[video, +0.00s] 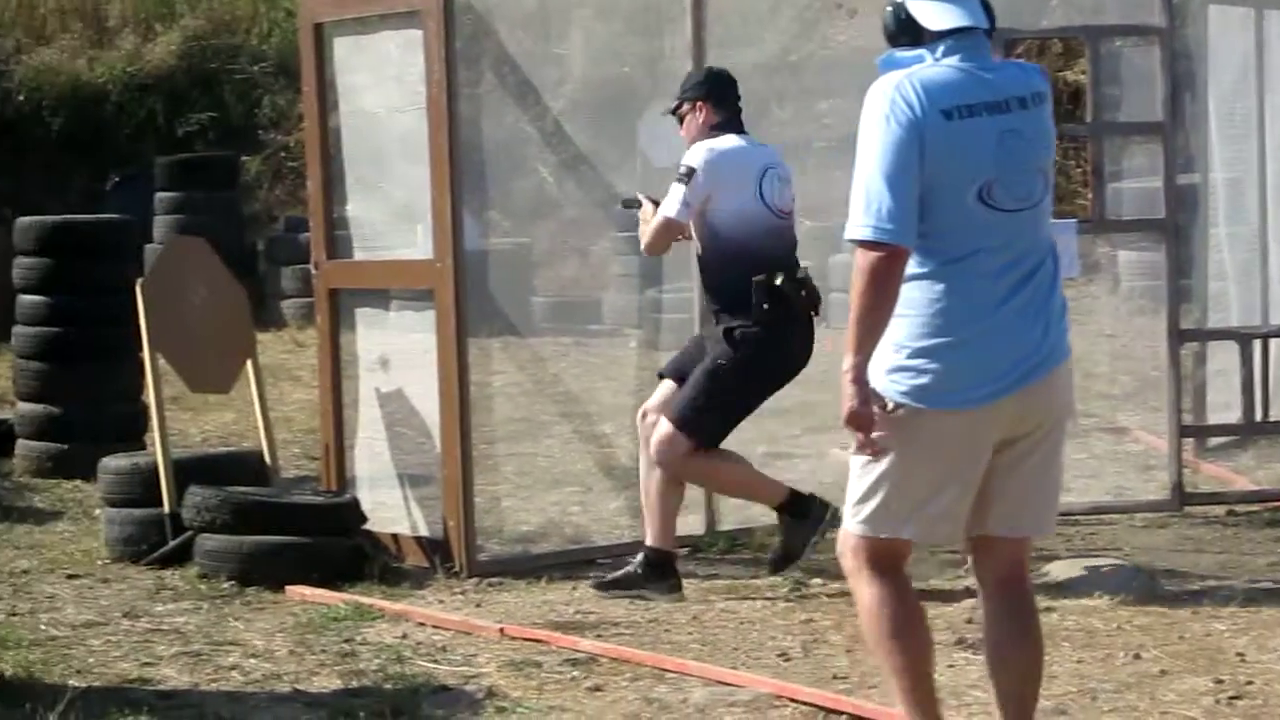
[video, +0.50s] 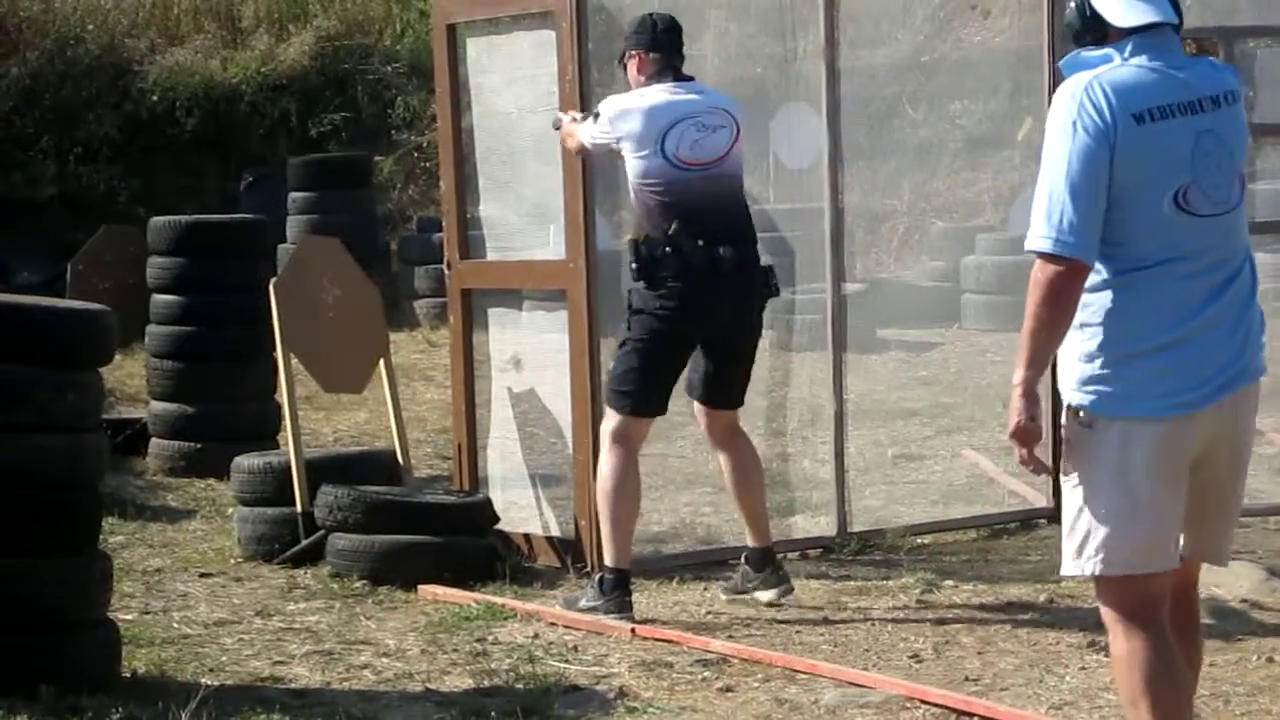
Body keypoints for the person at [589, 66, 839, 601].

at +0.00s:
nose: (679, 130)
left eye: (681, 118)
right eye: (678, 120)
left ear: (700, 112)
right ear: (730, 112)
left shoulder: (702, 158)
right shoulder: (769, 157)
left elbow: (653, 241)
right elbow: (737, 229)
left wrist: (650, 211)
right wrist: (677, 216)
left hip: (757, 332)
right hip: (750, 323)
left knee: (673, 451)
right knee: (652, 419)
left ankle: (797, 508)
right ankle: (657, 562)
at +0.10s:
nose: (710, 132)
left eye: (710, 120)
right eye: (709, 121)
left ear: (728, 112)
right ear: (760, 111)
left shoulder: (736, 162)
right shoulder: (800, 157)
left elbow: (668, 234)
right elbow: (745, 235)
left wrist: (651, 204)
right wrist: (688, 210)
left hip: (776, 331)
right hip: (820, 330)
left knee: (659, 416)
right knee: (691, 426)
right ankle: (727, 559)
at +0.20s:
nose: (717, 121)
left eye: (717, 110)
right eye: (716, 111)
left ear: (735, 104)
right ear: (769, 102)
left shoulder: (737, 153)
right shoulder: (812, 148)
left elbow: (667, 214)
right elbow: (751, 224)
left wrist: (648, 187)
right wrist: (687, 194)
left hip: (770, 325)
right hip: (824, 327)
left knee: (673, 437)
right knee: (717, 437)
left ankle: (631, 576)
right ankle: (768, 561)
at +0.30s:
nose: (689, 104)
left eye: (688, 95)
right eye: (688, 96)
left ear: (704, 90)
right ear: (743, 88)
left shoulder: (702, 139)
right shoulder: (784, 133)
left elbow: (632, 188)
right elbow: (724, 203)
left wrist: (615, 164)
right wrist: (658, 178)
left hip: (741, 312)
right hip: (804, 312)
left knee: (659, 439)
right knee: (725, 431)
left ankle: (620, 584)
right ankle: (774, 562)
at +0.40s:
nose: (652, 85)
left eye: (652, 76)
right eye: (654, 76)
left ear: (664, 75)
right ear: (706, 70)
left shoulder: (657, 124)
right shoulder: (751, 118)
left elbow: (597, 160)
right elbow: (698, 152)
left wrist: (580, 142)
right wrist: (633, 149)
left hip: (701, 299)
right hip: (771, 297)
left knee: (635, 436)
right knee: (722, 422)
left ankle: (616, 584)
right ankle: (765, 562)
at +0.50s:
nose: (625, 72)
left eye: (625, 64)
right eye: (626, 65)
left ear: (638, 62)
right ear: (681, 59)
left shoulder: (631, 109)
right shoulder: (723, 104)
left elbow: (579, 140)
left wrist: (570, 125)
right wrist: (599, 125)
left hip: (670, 287)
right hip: (742, 284)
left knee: (620, 437)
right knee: (723, 421)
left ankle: (613, 586)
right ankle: (763, 561)